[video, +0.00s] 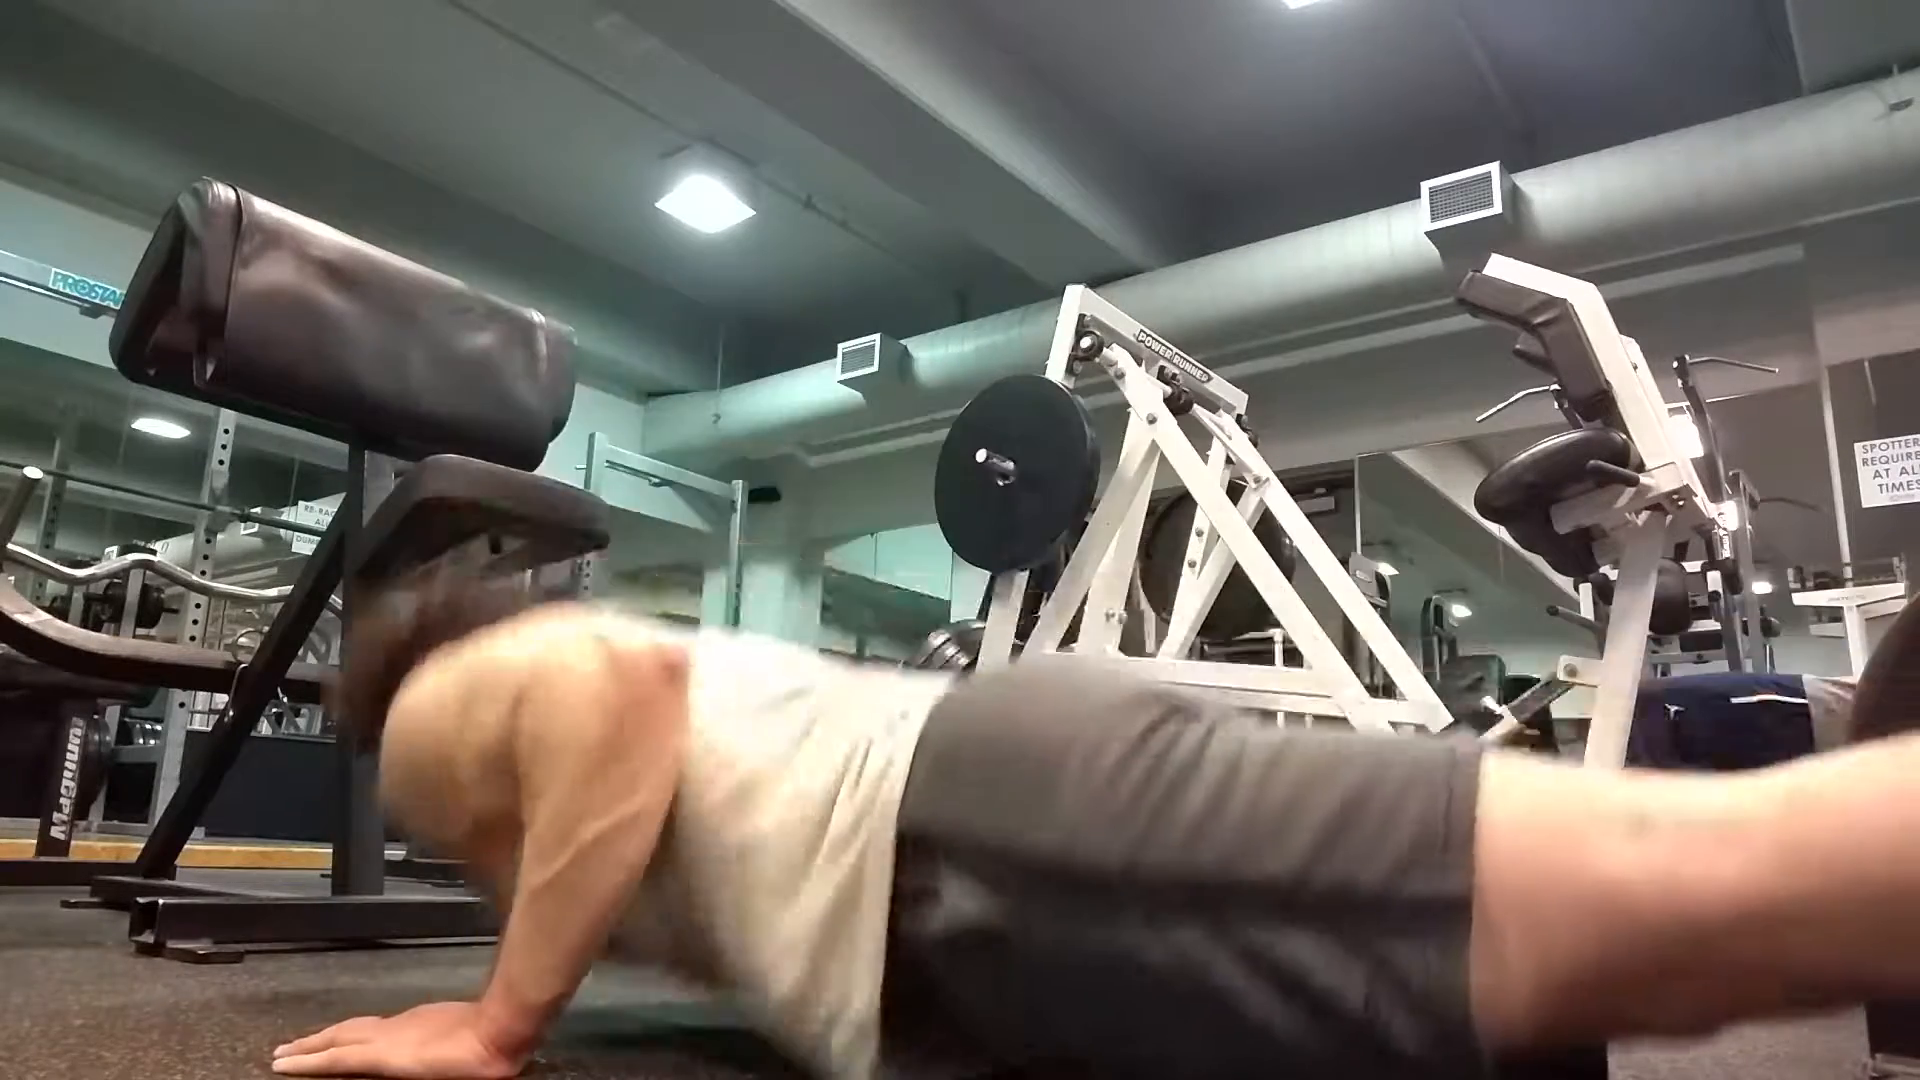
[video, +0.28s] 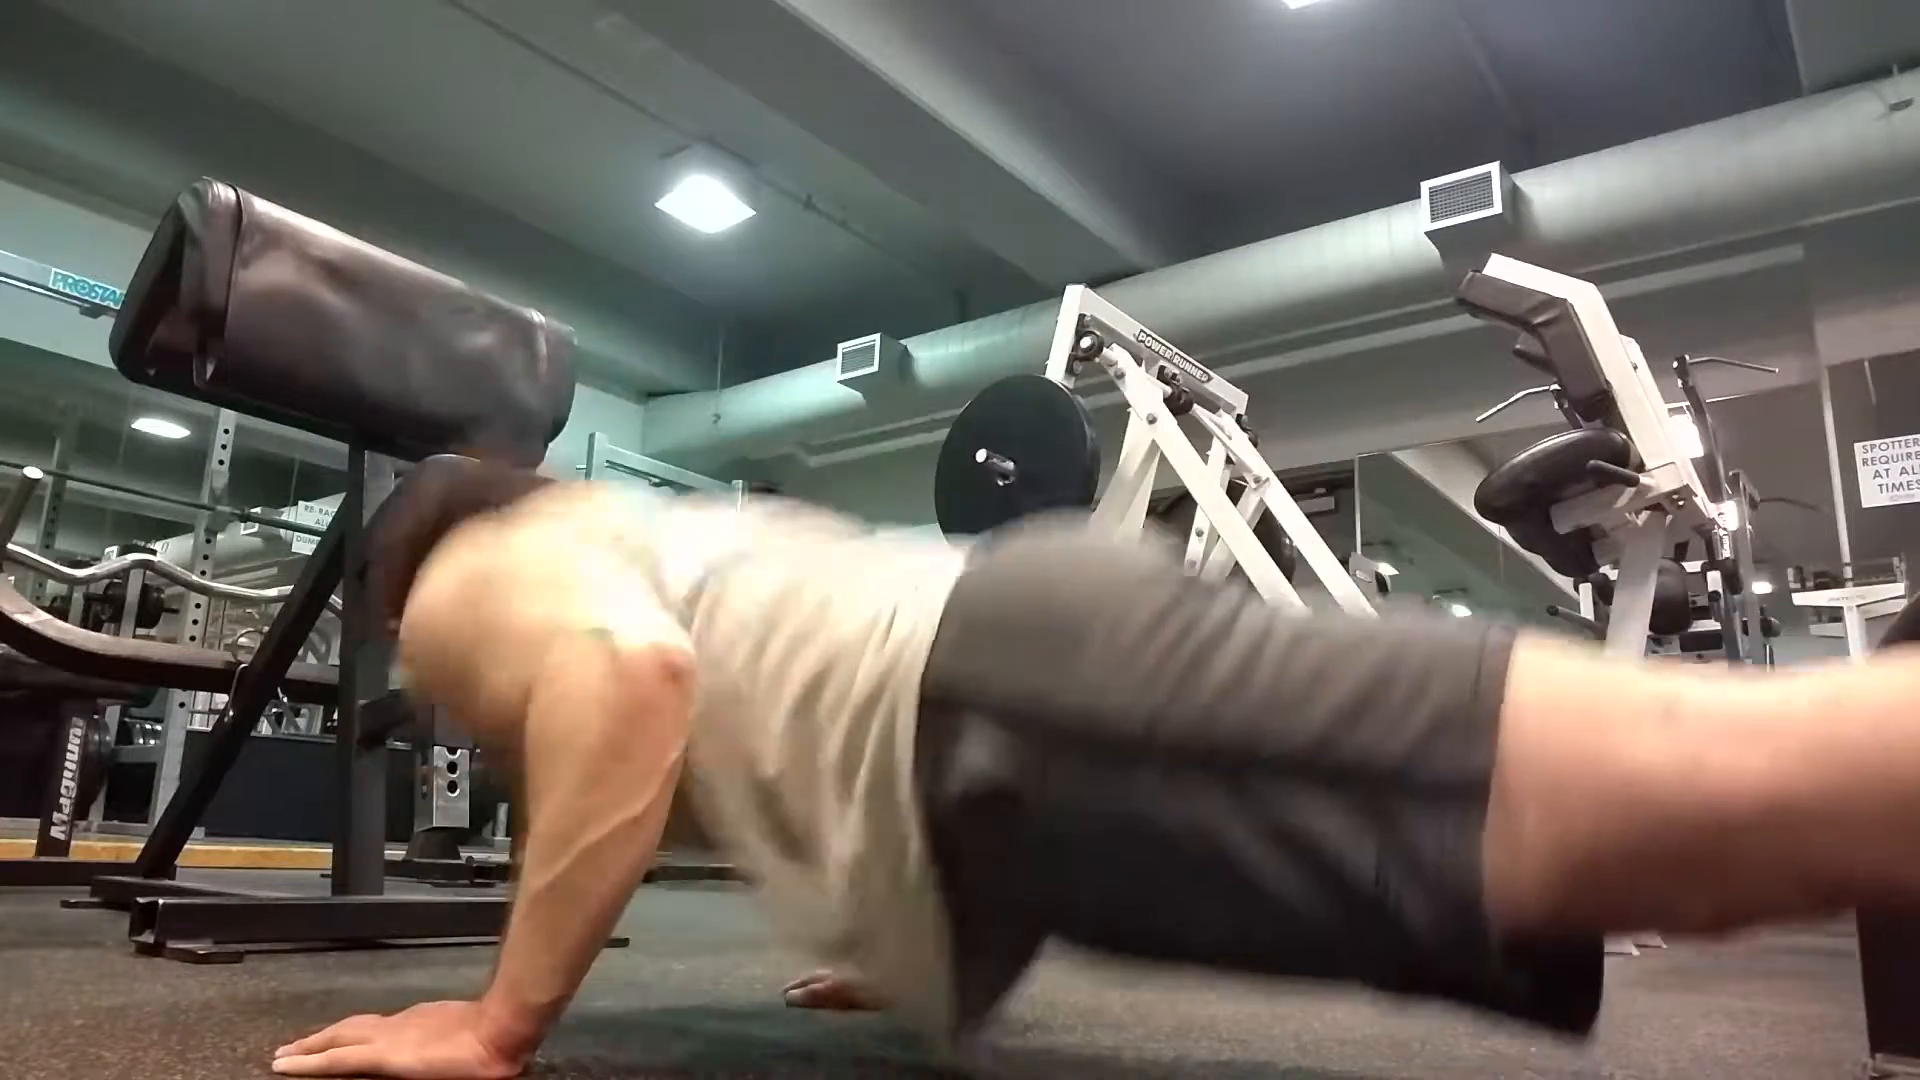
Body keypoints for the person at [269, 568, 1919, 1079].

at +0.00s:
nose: (371, 722)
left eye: (367, 692)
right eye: (377, 702)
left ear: (402, 638)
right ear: (516, 603)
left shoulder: (442, 697)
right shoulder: (648, 681)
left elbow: (622, 693)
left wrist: (490, 1018)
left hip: (983, 839)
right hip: (981, 926)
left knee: (1685, 891)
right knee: (1641, 932)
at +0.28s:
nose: (411, 658)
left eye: (400, 625)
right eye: (408, 637)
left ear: (413, 565)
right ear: (527, 489)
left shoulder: (475, 566)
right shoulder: (664, 532)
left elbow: (622, 685)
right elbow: (861, 668)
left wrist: (495, 1021)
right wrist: (872, 933)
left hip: (1002, 707)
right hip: (1039, 675)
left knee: (1724, 805)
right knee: (1700, 816)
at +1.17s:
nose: (405, 674)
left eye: (392, 639)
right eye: (399, 651)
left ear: (408, 576)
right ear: (519, 500)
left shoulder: (472, 577)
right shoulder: (659, 538)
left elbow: (628, 693)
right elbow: (849, 645)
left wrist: (494, 1019)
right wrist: (879, 932)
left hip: (995, 715)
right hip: (1029, 687)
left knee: (1712, 812)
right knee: (1704, 805)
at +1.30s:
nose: (451, 518)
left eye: (445, 482)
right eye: (449, 496)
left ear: (463, 416)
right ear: (576, 372)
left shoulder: (530, 432)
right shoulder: (743, 436)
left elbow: (625, 656)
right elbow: (939, 695)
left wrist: (499, 1018)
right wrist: (924, 963)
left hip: (1024, 591)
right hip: (1050, 604)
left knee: (1746, 736)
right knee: (1738, 741)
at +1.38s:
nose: (490, 457)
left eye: (483, 420)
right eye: (488, 431)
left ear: (515, 352)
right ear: (625, 321)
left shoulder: (552, 385)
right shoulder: (789, 417)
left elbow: (622, 653)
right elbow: (939, 706)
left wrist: (499, 1015)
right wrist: (924, 958)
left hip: (1041, 546)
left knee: (1762, 695)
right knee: (1758, 740)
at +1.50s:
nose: (469, 467)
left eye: (464, 436)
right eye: (469, 441)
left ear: (493, 383)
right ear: (615, 346)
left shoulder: (543, 419)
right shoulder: (771, 434)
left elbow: (640, 657)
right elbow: (950, 719)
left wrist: (497, 1015)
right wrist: (925, 960)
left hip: (1036, 571)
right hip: (1071, 591)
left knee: (1768, 710)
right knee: (1763, 735)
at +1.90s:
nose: (399, 775)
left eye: (385, 741)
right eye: (399, 762)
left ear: (400, 653)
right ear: (510, 597)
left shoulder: (443, 687)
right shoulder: (626, 645)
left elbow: (635, 695)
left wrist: (493, 1017)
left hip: (997, 779)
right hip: (1018, 781)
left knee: (1723, 844)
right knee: (1713, 847)